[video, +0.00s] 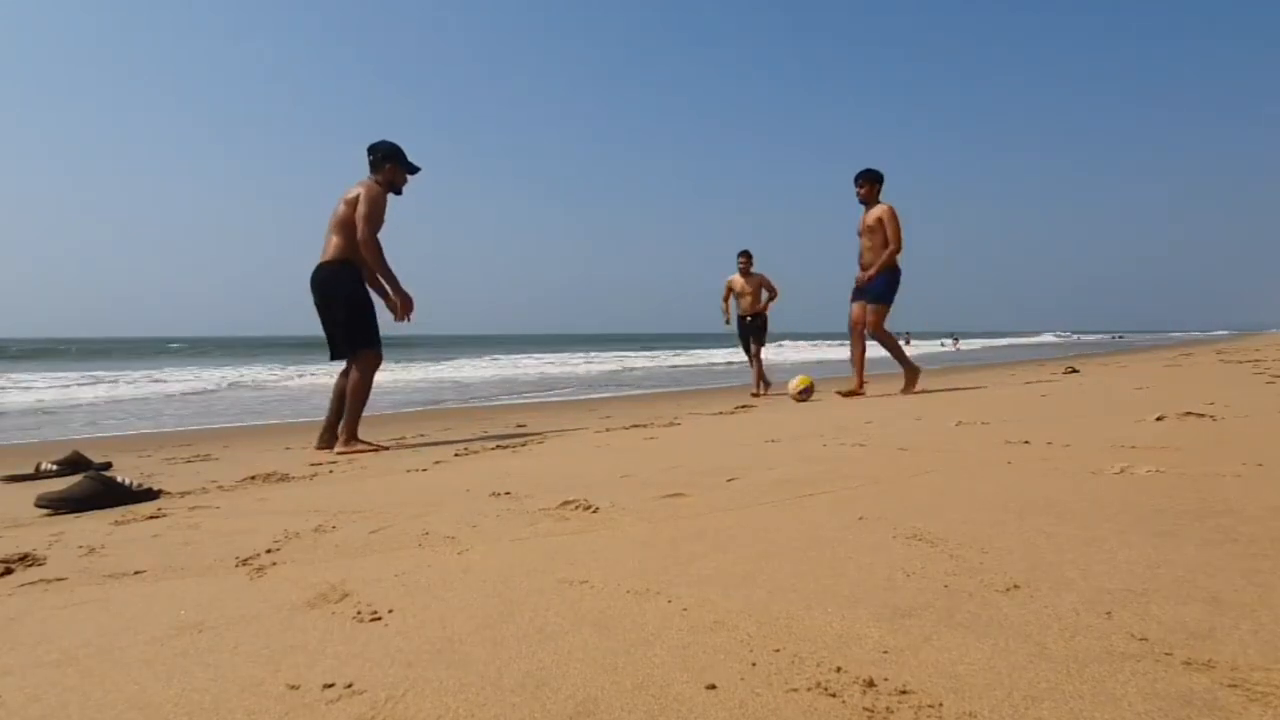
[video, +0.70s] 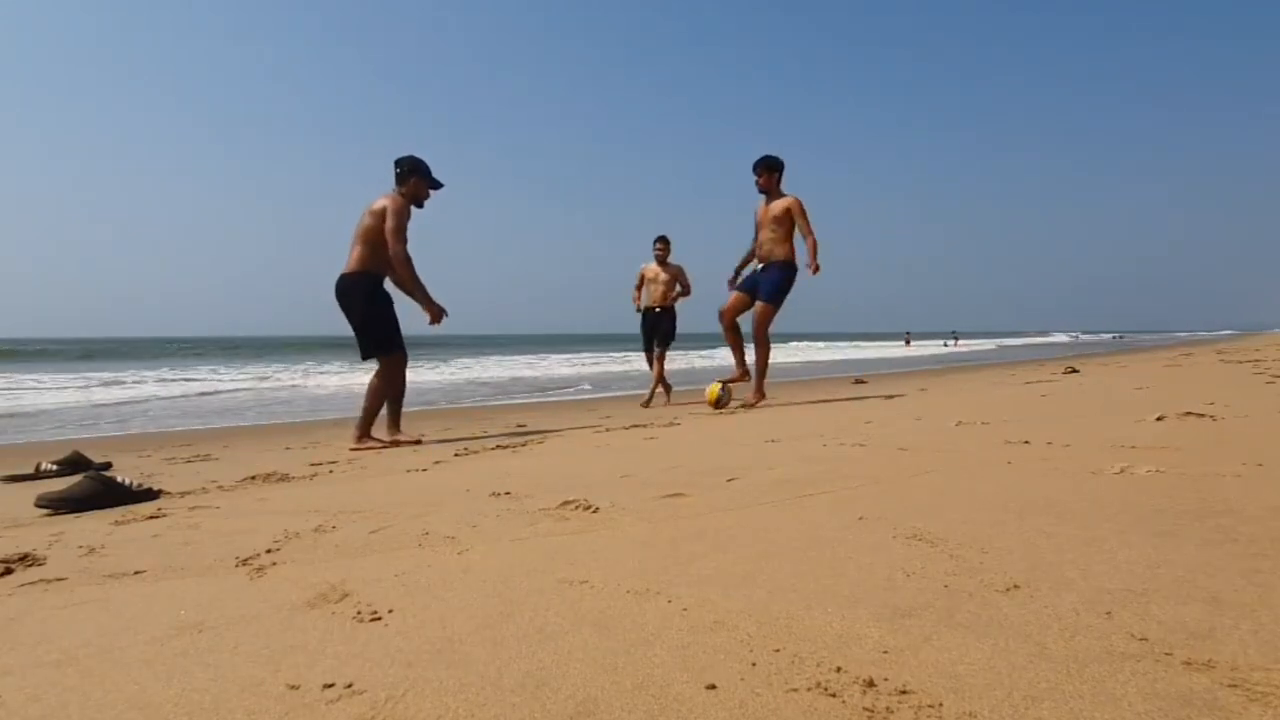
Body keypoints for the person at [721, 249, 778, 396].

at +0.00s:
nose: (742, 266)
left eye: (745, 263)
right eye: (740, 263)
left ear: (751, 263)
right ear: (737, 264)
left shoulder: (759, 279)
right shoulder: (731, 282)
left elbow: (773, 292)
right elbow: (725, 299)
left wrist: (765, 305)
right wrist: (727, 314)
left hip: (757, 315)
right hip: (742, 317)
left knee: (755, 353)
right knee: (750, 356)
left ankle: (756, 388)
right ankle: (765, 381)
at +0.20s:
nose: (725, 266)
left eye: (727, 263)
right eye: (722, 264)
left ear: (733, 264)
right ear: (719, 264)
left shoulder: (741, 281)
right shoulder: (714, 283)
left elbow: (755, 300)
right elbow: (711, 302)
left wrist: (742, 305)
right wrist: (711, 316)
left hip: (738, 321)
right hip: (722, 322)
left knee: (739, 359)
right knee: (720, 360)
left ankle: (745, 388)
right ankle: (734, 382)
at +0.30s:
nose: (711, 263)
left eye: (714, 260)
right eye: (708, 260)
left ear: (720, 260)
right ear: (705, 261)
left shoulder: (729, 277)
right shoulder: (701, 280)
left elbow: (741, 296)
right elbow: (700, 299)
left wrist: (727, 301)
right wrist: (698, 312)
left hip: (726, 318)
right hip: (709, 319)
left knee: (734, 358)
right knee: (702, 357)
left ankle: (745, 389)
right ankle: (707, 391)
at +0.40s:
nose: (696, 261)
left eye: (699, 258)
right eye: (694, 258)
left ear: (705, 258)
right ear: (690, 259)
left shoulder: (714, 275)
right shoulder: (687, 278)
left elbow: (728, 294)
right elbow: (685, 298)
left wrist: (713, 299)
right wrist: (680, 310)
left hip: (710, 317)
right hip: (694, 317)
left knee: (721, 357)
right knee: (687, 357)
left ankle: (740, 383)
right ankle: (688, 393)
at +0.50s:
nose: (683, 260)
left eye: (686, 257)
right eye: (680, 257)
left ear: (692, 258)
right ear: (677, 258)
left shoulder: (700, 276)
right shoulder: (671, 278)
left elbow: (713, 296)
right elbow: (667, 297)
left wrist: (700, 300)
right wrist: (663, 309)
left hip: (695, 318)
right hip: (678, 319)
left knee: (701, 358)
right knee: (677, 360)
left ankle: (720, 380)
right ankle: (686, 394)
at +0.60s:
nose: (671, 254)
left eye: (675, 251)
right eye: (669, 251)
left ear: (680, 252)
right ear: (665, 252)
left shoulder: (688, 271)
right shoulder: (657, 271)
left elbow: (700, 290)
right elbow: (651, 289)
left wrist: (690, 294)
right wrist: (650, 300)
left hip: (680, 311)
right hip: (663, 312)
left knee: (680, 354)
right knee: (668, 354)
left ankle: (683, 391)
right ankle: (681, 387)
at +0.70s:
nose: (659, 253)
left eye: (663, 250)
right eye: (657, 250)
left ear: (669, 251)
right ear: (653, 251)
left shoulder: (676, 270)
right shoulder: (646, 270)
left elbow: (687, 289)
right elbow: (638, 287)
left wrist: (677, 294)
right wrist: (637, 299)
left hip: (665, 311)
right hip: (648, 311)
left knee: (659, 353)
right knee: (649, 355)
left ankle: (651, 393)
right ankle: (665, 385)